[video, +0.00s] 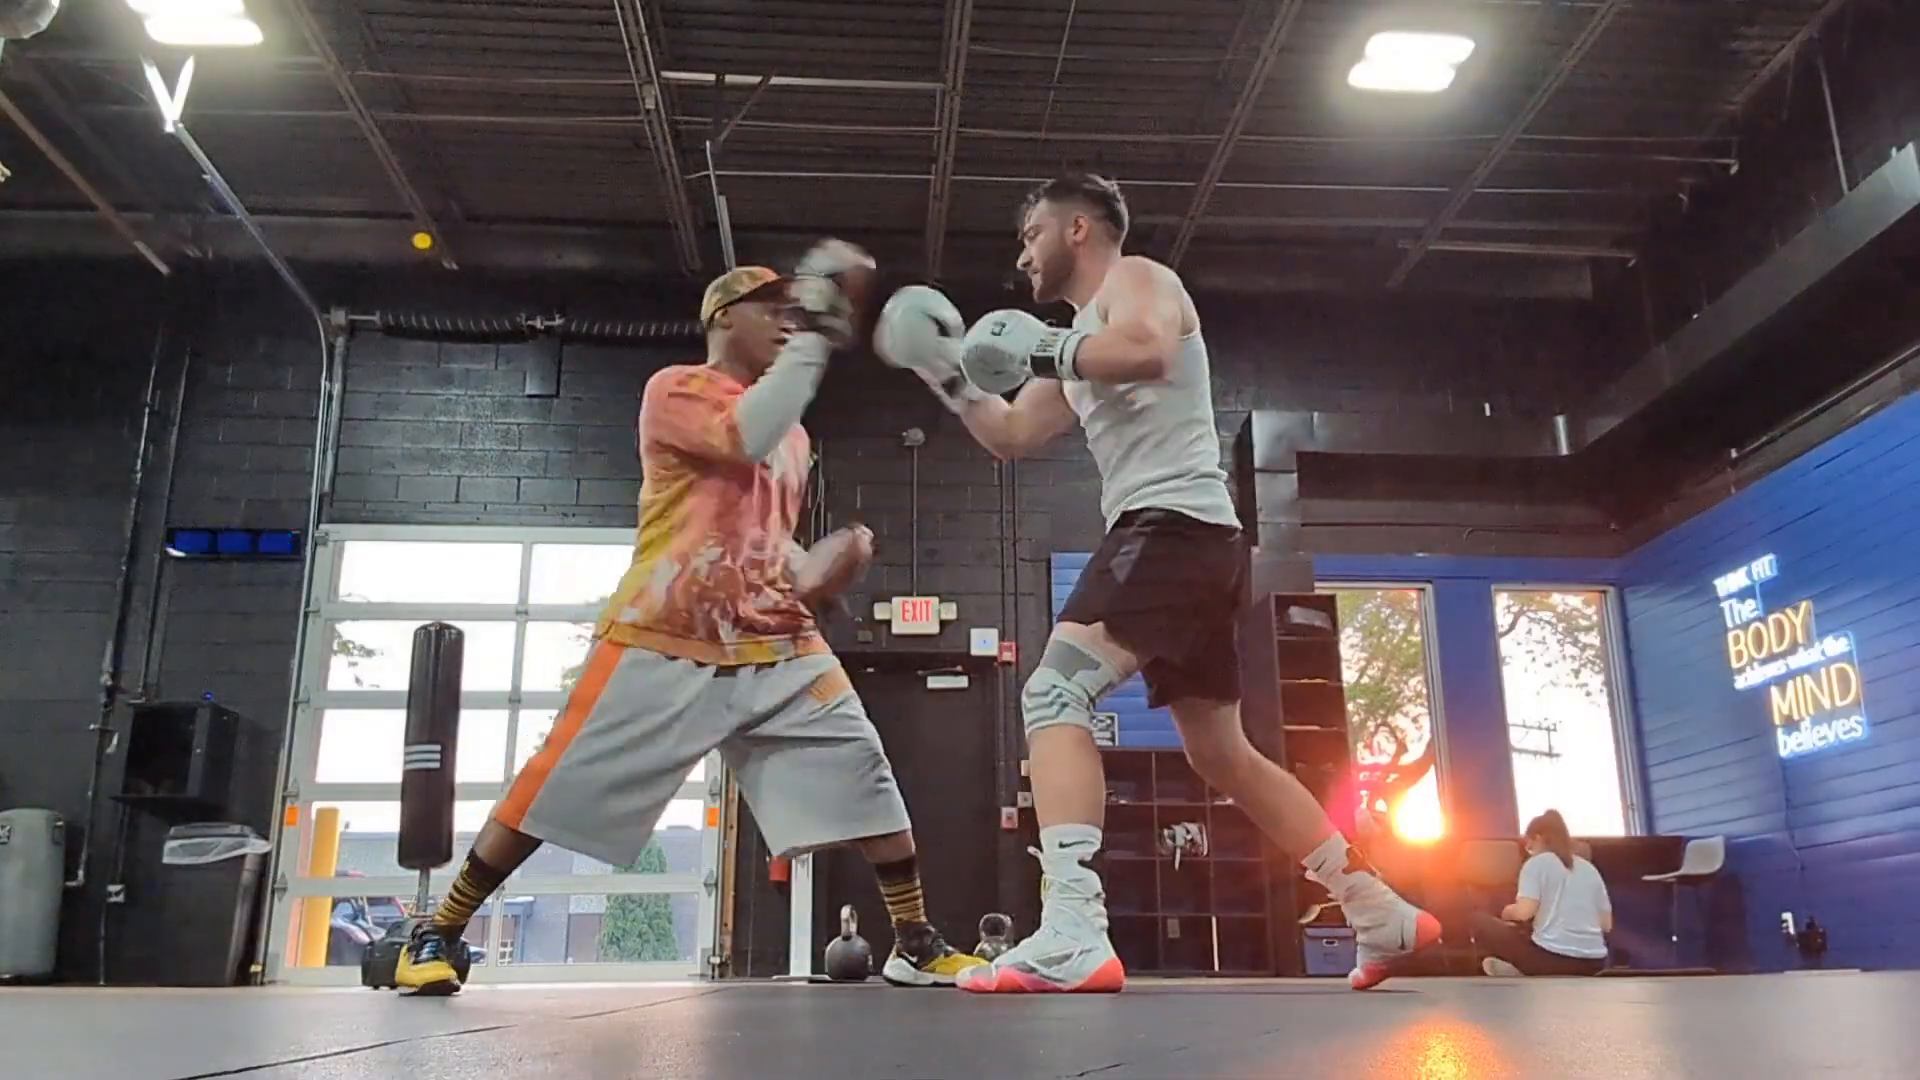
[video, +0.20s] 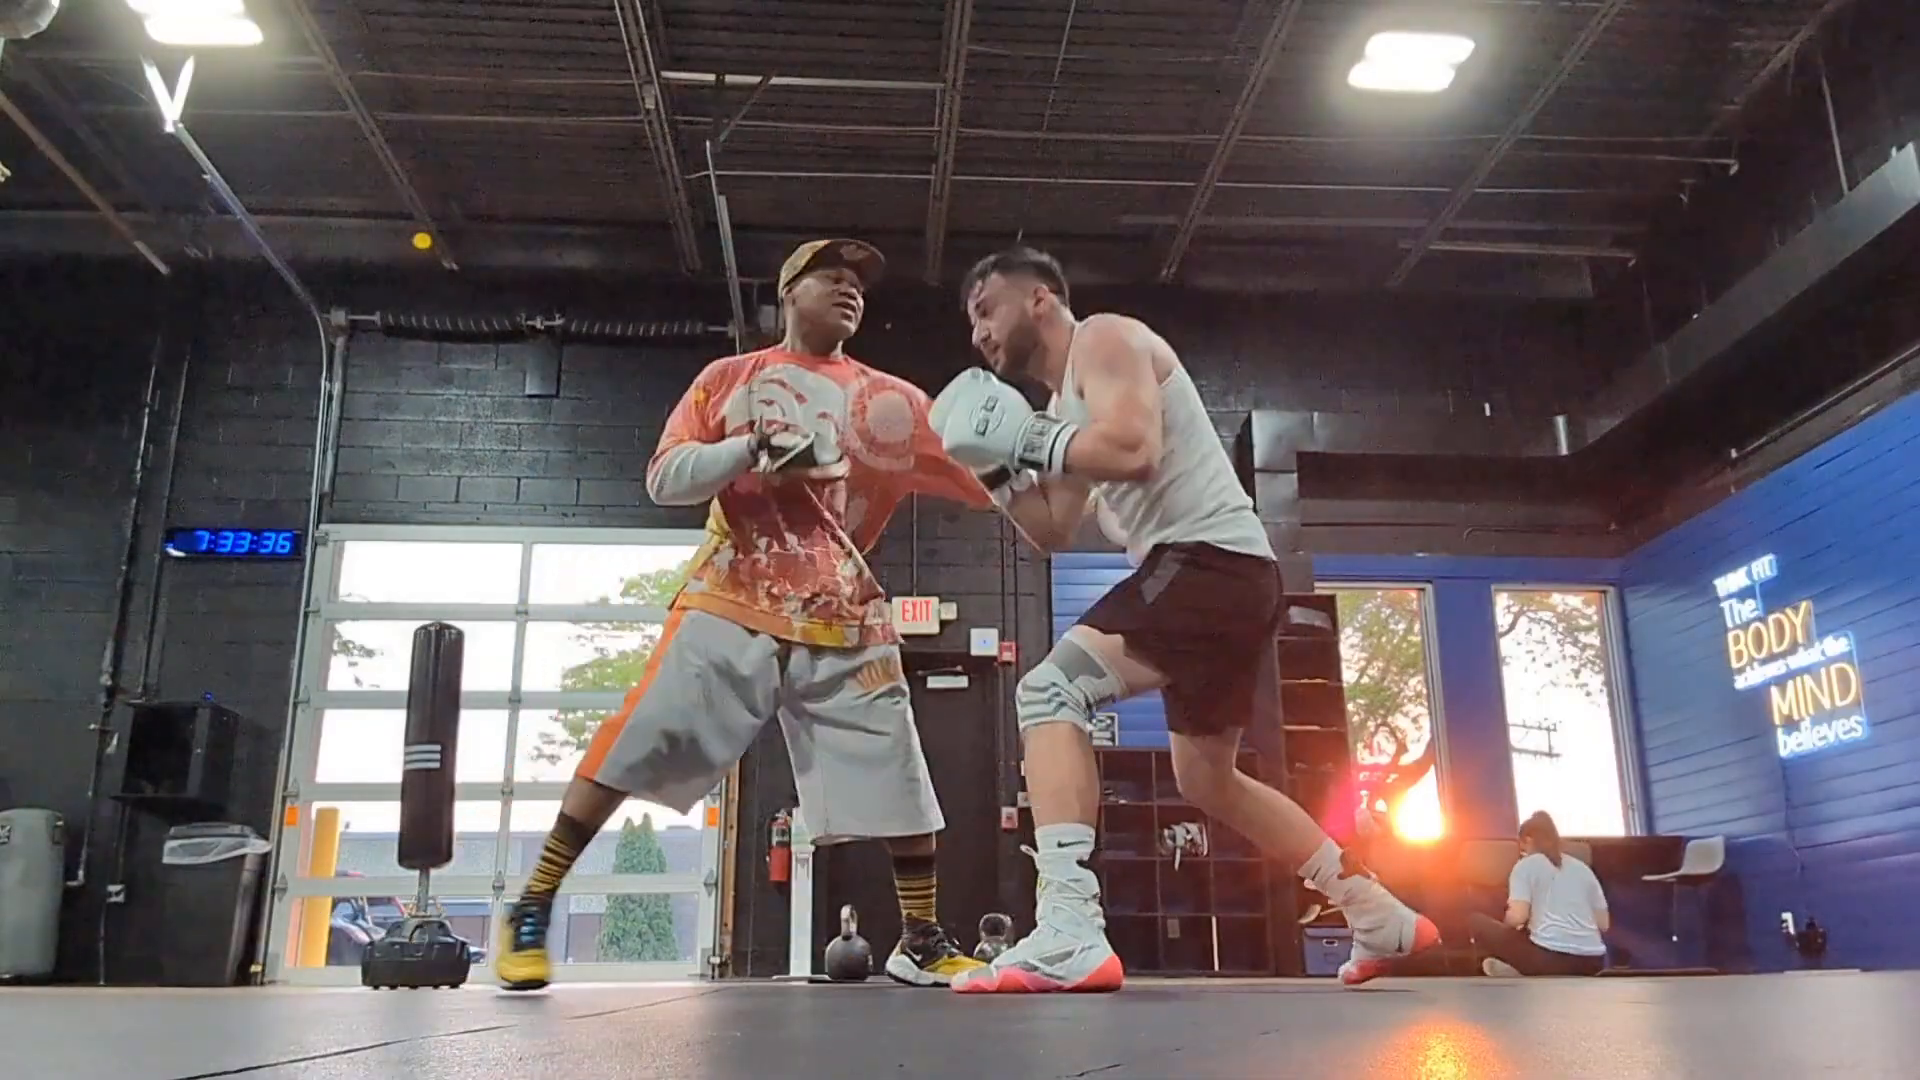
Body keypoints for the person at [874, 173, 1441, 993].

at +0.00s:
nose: (1023, 252)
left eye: (1031, 234)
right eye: (1020, 240)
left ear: (1080, 225)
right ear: (1072, 235)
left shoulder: (1136, 275)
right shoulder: (1083, 342)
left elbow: (1147, 350)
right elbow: (1009, 433)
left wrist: (1047, 347)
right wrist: (949, 373)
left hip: (1171, 527)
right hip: (1190, 536)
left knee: (1055, 698)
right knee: (1223, 757)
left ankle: (1072, 935)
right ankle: (1380, 915)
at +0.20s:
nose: (976, 333)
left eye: (986, 309)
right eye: (970, 321)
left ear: (1042, 297)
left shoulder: (1106, 338)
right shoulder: (1060, 418)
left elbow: (1134, 450)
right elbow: (1053, 530)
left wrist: (1026, 442)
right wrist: (993, 471)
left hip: (1209, 564)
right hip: (1233, 577)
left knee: (1050, 694)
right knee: (1208, 778)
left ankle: (1068, 930)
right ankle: (1381, 917)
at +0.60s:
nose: (1076, 372)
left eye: (1084, 353)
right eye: (1074, 359)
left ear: (1129, 339)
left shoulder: (1157, 369)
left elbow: (1194, 432)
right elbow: (1178, 554)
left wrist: (1093, 450)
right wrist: (1116, 505)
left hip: (1235, 586)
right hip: (1297, 607)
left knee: (1069, 716)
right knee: (1249, 789)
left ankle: (1071, 922)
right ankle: (1394, 945)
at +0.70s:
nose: (1078, 324)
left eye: (1086, 307)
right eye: (1076, 313)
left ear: (1132, 301)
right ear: (1122, 312)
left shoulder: (1190, 344)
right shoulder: (1140, 400)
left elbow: (1229, 420)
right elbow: (1094, 509)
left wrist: (1121, 427)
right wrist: (1052, 439)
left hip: (1233, 573)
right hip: (1266, 587)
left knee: (1079, 719)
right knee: (1240, 792)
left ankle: (1068, 934)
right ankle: (1390, 943)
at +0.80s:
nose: (1076, 311)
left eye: (1086, 292)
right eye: (1076, 298)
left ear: (1130, 288)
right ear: (1132, 295)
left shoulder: (1178, 334)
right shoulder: (1141, 379)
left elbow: (1215, 420)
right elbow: (1069, 464)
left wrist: (1111, 414)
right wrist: (1010, 407)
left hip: (1212, 563)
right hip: (1268, 576)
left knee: (1073, 720)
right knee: (1256, 782)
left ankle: (1067, 934)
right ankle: (1392, 940)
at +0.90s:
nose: (1071, 312)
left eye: (1077, 292)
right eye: (1071, 297)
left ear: (1119, 281)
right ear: (1150, 288)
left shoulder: (1124, 329)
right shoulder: (1215, 352)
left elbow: (1118, 413)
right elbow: (1135, 451)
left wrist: (1016, 406)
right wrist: (1043, 425)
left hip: (1191, 555)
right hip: (1270, 560)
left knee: (1065, 728)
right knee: (1276, 759)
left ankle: (1068, 935)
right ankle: (1397, 938)